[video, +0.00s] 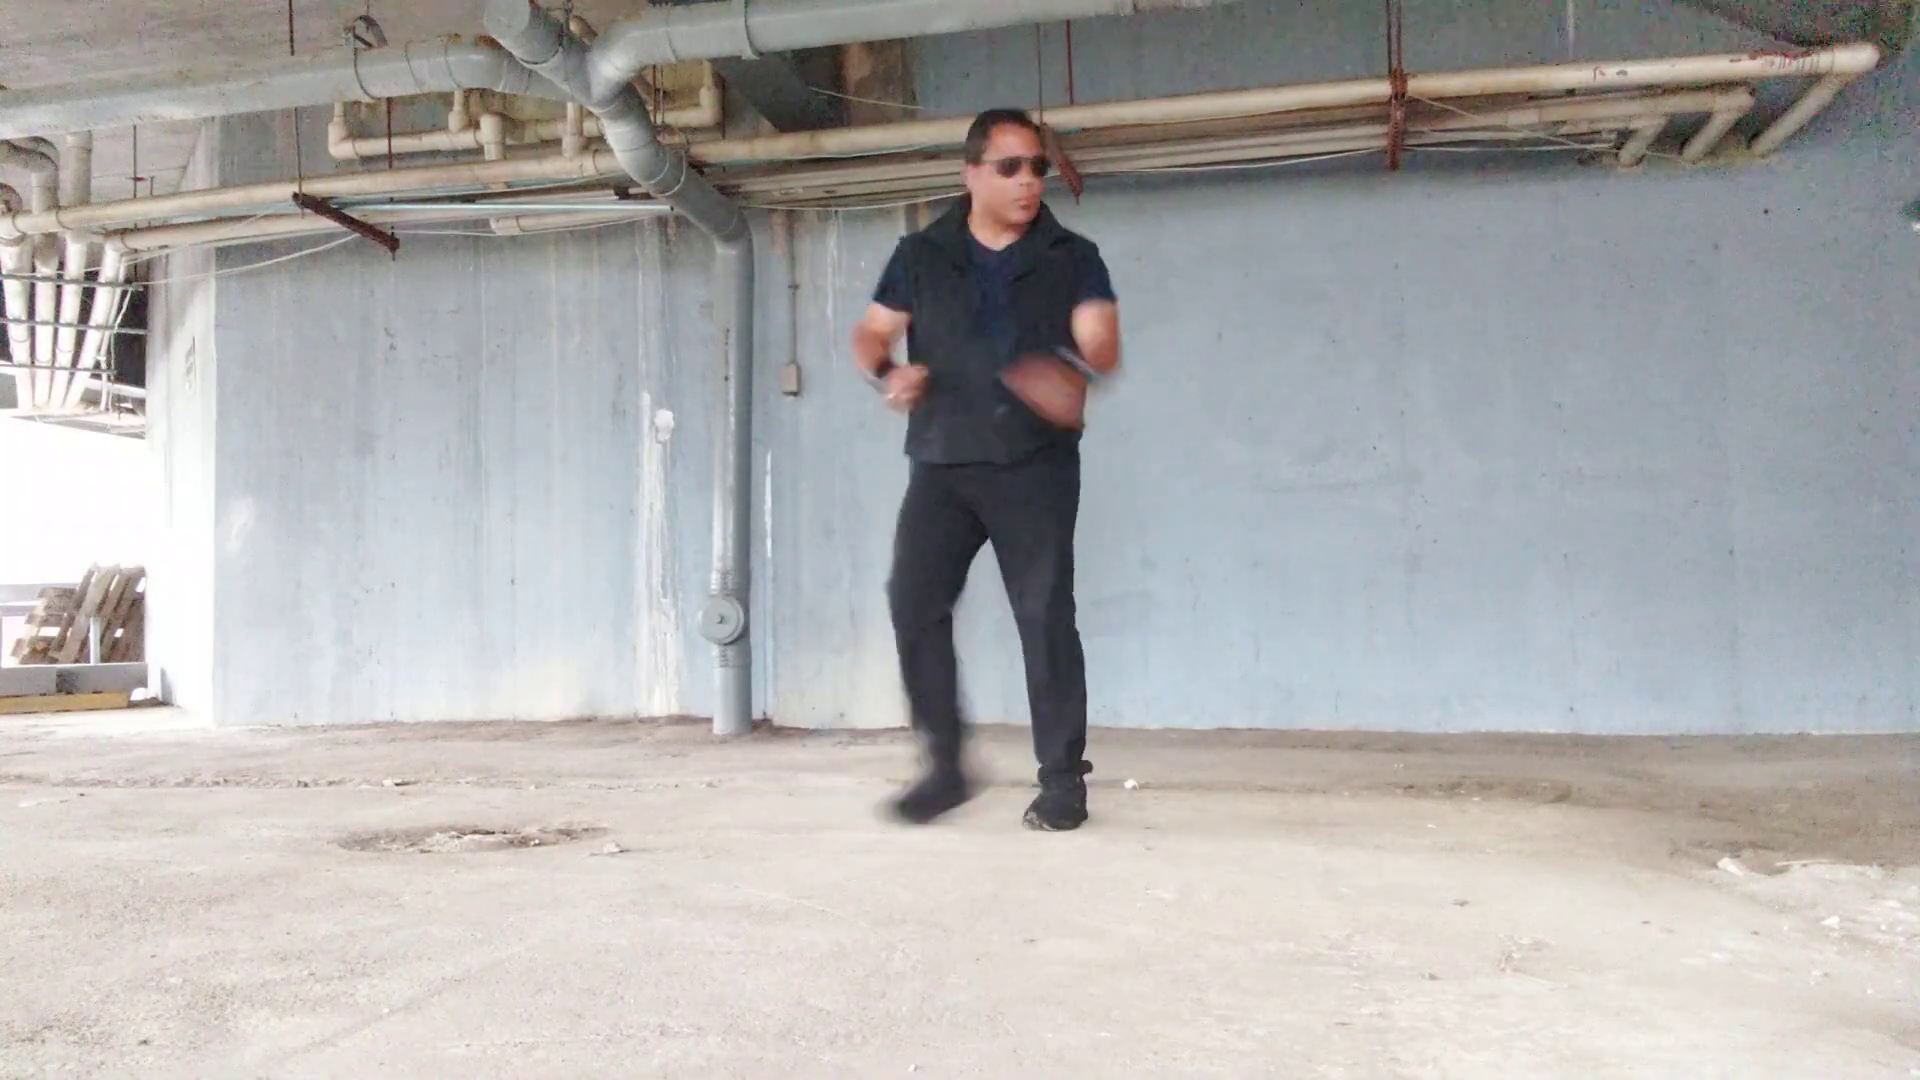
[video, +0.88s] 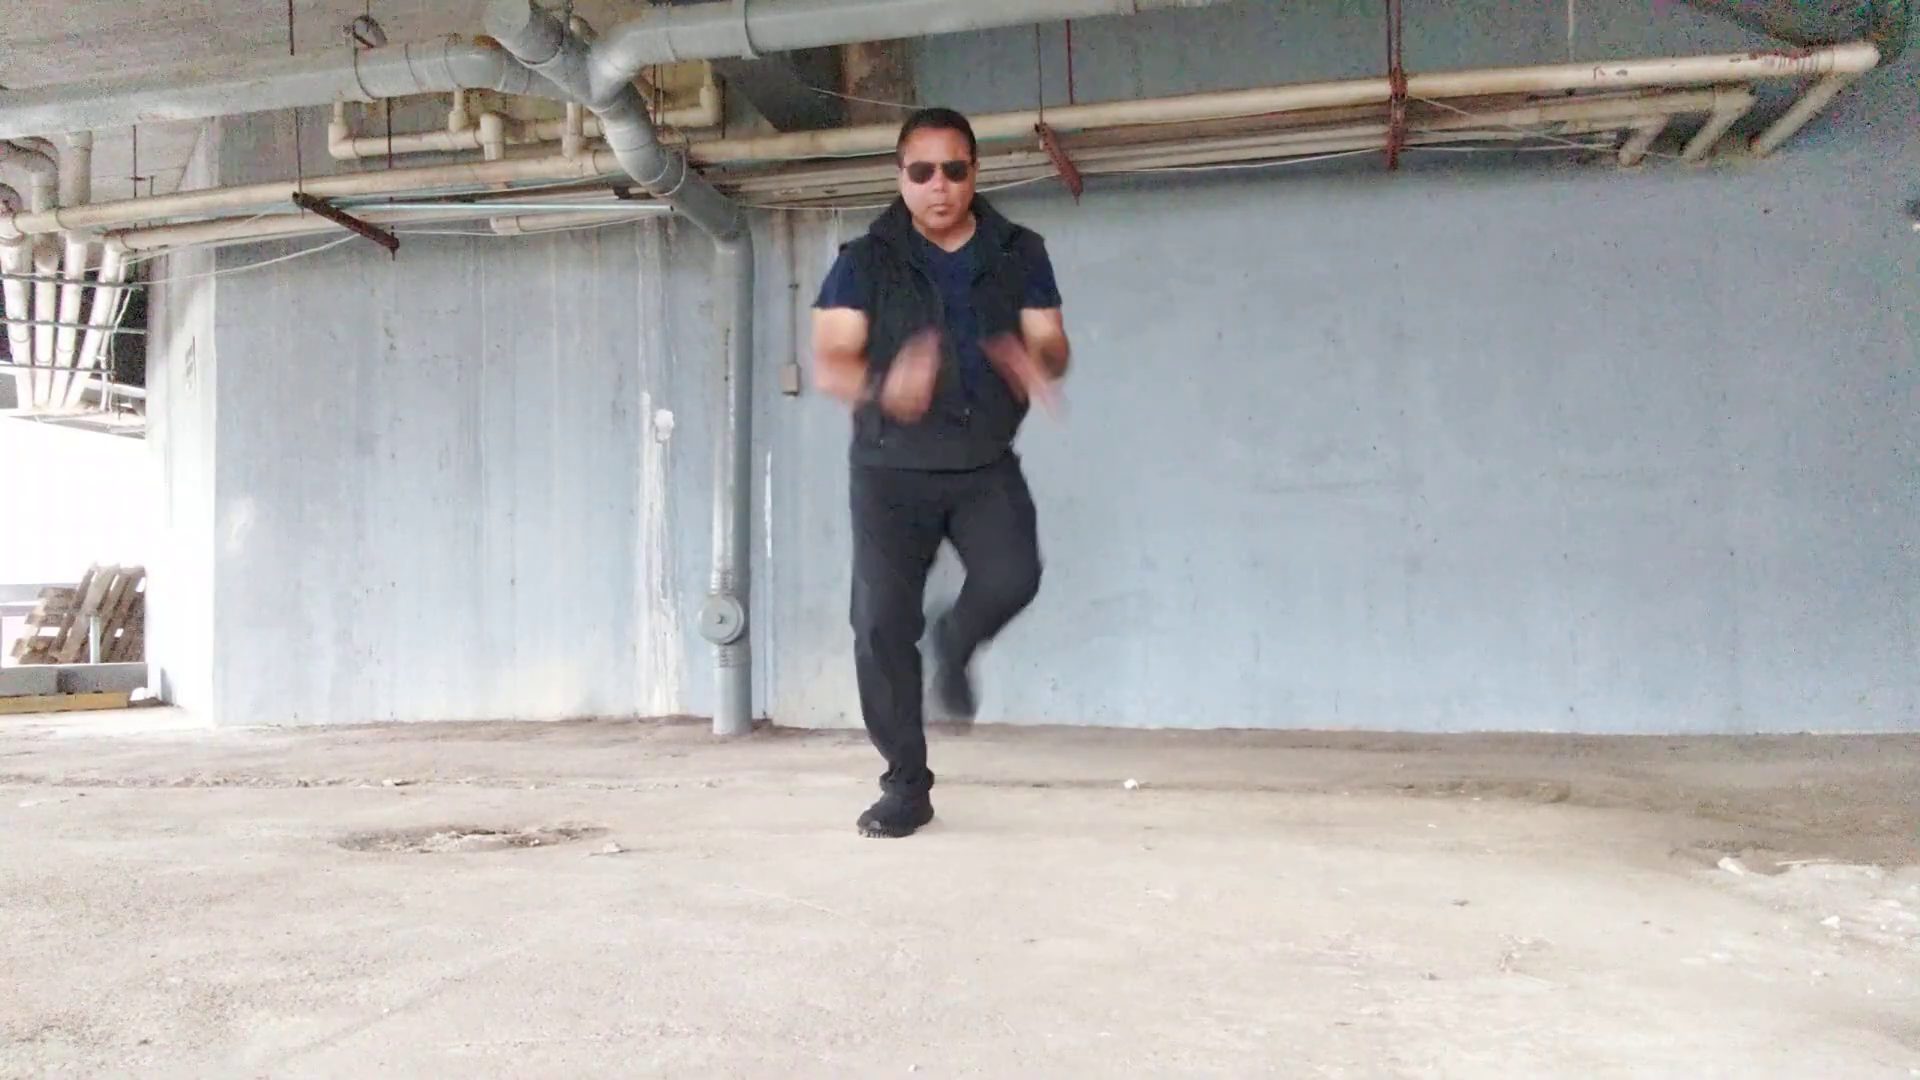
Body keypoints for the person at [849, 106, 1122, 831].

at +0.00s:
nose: (1029, 180)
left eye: (1038, 166)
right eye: (1011, 167)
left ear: (1049, 173)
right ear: (971, 176)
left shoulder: (1071, 256)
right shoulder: (926, 249)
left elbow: (1103, 353)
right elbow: (872, 336)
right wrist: (885, 373)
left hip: (1034, 470)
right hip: (944, 470)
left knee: (1045, 617)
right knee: (914, 599)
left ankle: (1062, 780)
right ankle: (944, 769)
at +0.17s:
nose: (1033, 173)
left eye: (1037, 160)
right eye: (1017, 162)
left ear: (1038, 159)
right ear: (967, 164)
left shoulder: (1051, 225)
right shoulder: (912, 219)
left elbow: (1071, 308)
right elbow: (809, 231)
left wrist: (978, 285)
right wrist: (838, 261)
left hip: (1025, 457)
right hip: (930, 457)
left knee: (1047, 619)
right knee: (913, 621)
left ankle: (1063, 780)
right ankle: (903, 789)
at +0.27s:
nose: (989, 175)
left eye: (999, 160)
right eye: (972, 161)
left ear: (1008, 160)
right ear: (932, 163)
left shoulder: (1031, 235)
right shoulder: (891, 220)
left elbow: (1073, 332)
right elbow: (780, 214)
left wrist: (1025, 347)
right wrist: (865, 212)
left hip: (1002, 461)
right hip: (910, 460)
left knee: (1028, 617)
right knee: (909, 623)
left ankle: (1054, 776)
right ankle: (909, 785)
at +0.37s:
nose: (928, 180)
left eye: (943, 166)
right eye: (913, 167)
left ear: (971, 167)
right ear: (895, 170)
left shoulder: (1016, 247)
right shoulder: (873, 232)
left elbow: (1058, 333)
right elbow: (821, 281)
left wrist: (1078, 372)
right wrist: (926, 249)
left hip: (983, 461)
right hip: (890, 462)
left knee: (1001, 606)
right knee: (890, 619)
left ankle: (1006, 745)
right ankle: (906, 783)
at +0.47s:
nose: (900, 192)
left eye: (916, 177)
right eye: (888, 178)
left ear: (952, 173)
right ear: (876, 177)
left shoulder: (1001, 240)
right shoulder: (858, 250)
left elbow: (1079, 315)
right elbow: (837, 360)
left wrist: (1076, 316)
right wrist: (922, 337)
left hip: (970, 465)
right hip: (878, 468)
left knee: (979, 615)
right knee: (876, 619)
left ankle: (929, 735)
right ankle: (904, 780)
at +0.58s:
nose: (902, 191)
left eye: (918, 174)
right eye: (888, 177)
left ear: (950, 169)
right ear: (873, 177)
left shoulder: (997, 227)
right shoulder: (857, 250)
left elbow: (1079, 270)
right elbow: (795, 344)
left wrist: (983, 263)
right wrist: (834, 400)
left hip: (976, 460)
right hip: (889, 461)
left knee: (954, 619)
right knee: (890, 613)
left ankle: (881, 749)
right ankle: (897, 783)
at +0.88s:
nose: (939, 186)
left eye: (953, 171)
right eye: (922, 172)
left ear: (975, 176)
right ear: (899, 180)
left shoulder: (1018, 252)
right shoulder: (865, 261)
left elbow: (1053, 353)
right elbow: (831, 367)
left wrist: (1032, 361)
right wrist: (882, 385)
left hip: (986, 472)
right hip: (893, 478)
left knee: (1011, 579)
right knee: (881, 626)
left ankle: (950, 645)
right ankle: (906, 782)